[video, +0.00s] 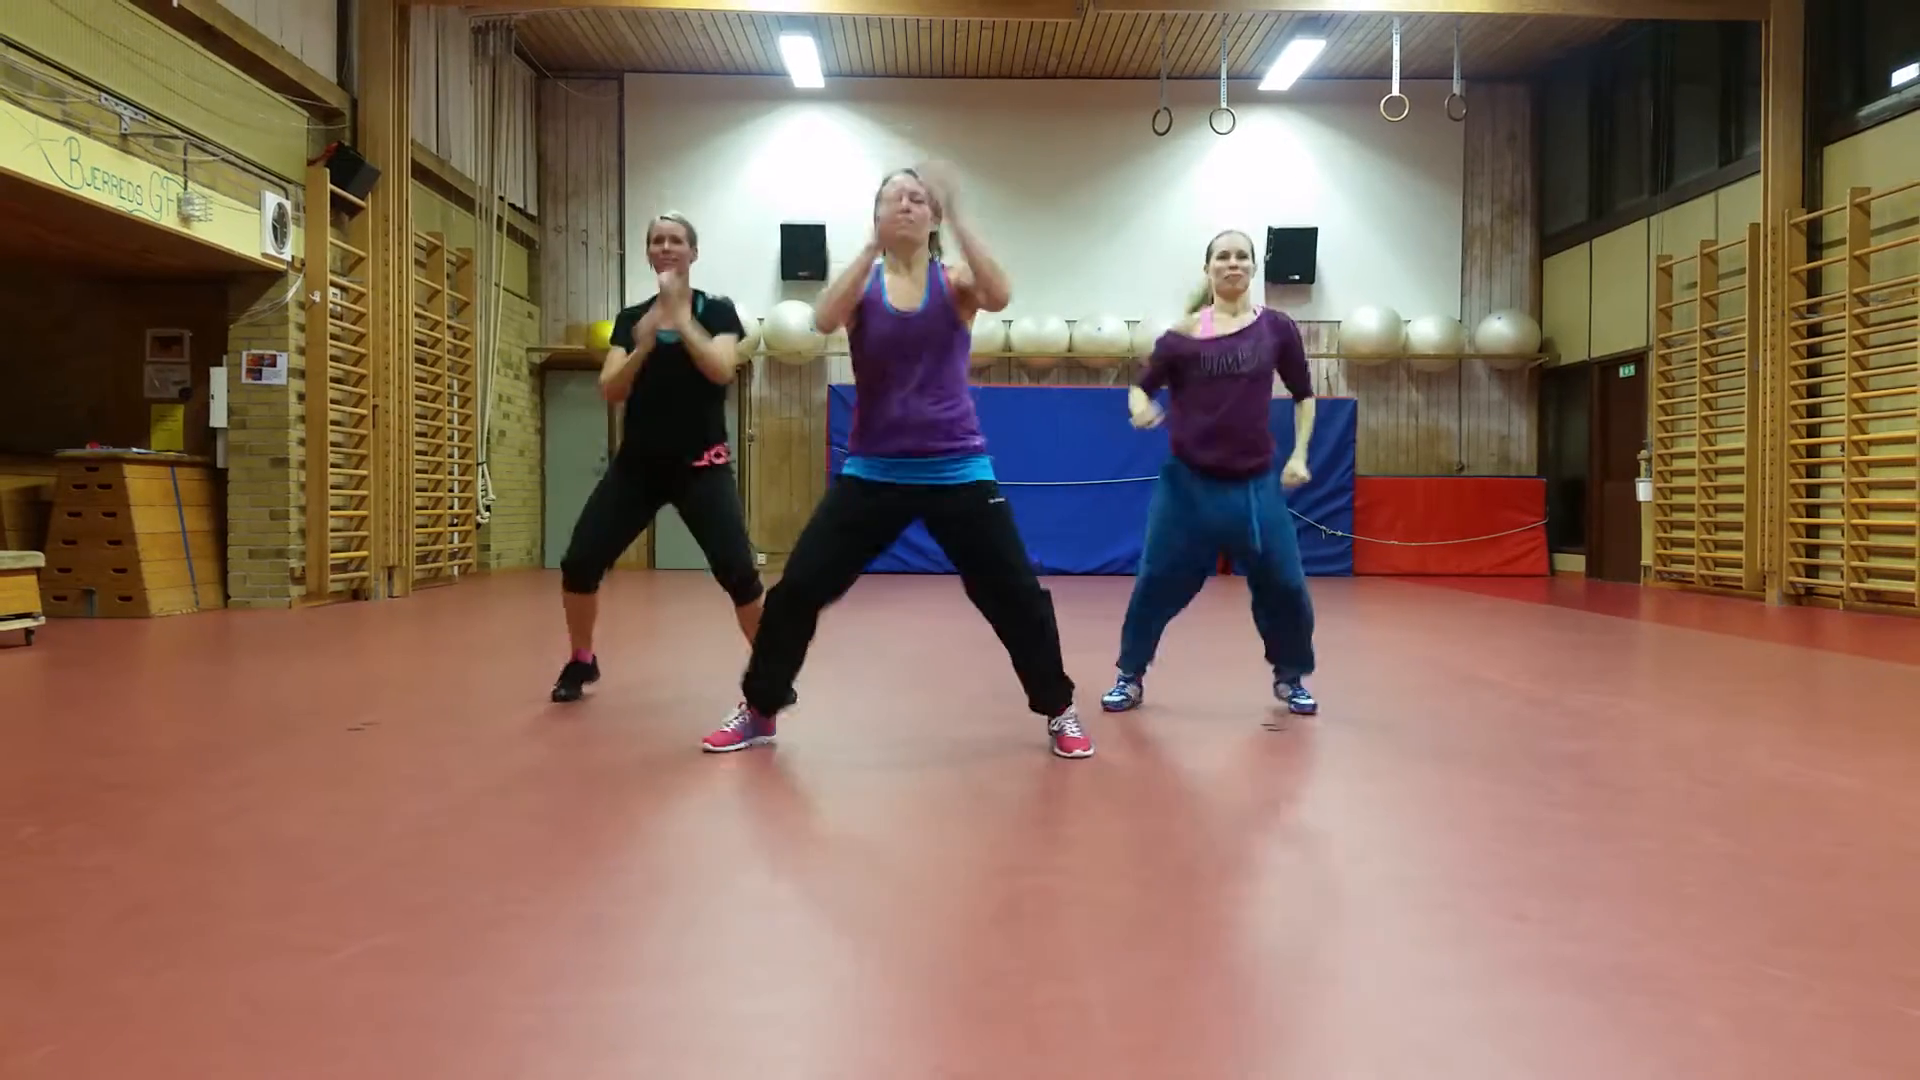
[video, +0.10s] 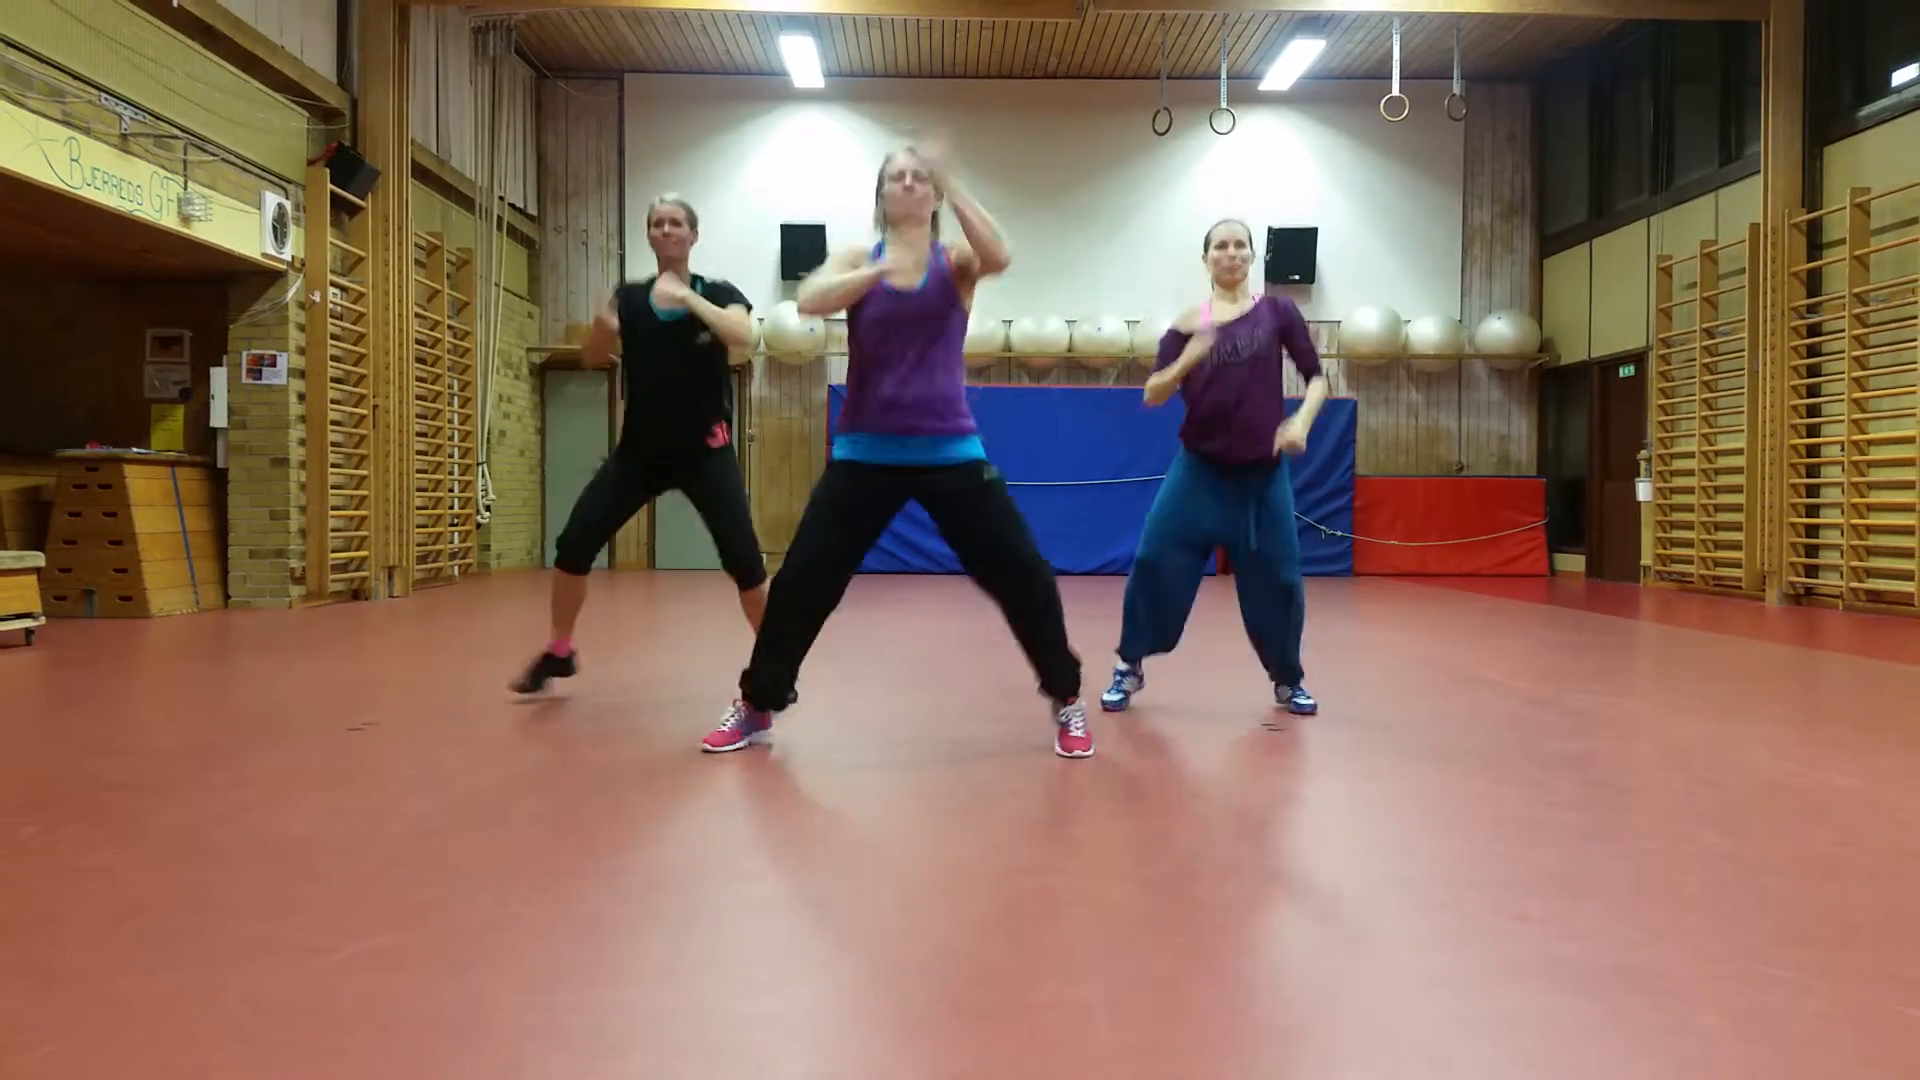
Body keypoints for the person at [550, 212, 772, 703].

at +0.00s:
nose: (665, 250)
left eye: (675, 242)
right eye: (657, 242)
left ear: (694, 252)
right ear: (647, 253)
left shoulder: (717, 311)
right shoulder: (632, 318)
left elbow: (722, 370)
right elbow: (610, 390)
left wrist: (683, 322)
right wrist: (643, 345)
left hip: (702, 467)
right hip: (638, 465)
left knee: (739, 574)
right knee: (579, 565)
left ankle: (771, 673)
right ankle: (581, 660)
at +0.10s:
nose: (665, 231)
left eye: (675, 223)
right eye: (657, 224)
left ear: (694, 235)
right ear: (647, 236)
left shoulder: (720, 294)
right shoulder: (627, 295)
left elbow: (744, 337)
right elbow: (594, 361)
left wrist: (689, 297)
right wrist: (603, 328)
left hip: (706, 452)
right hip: (640, 452)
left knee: (745, 560)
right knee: (573, 544)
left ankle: (776, 665)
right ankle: (559, 651)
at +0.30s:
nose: (659, 241)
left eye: (669, 233)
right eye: (651, 234)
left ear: (688, 245)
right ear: (642, 244)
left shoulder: (705, 305)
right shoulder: (618, 293)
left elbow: (734, 336)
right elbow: (561, 319)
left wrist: (682, 284)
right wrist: (610, 335)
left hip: (680, 453)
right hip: (615, 453)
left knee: (750, 535)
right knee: (580, 562)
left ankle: (781, 640)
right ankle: (559, 667)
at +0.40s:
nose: (658, 246)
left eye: (668, 239)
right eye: (650, 239)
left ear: (684, 250)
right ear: (638, 250)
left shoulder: (701, 306)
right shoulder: (619, 310)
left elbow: (737, 315)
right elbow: (562, 331)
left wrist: (674, 317)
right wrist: (609, 299)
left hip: (685, 464)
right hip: (620, 461)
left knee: (744, 563)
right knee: (577, 562)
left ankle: (763, 668)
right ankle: (559, 667)